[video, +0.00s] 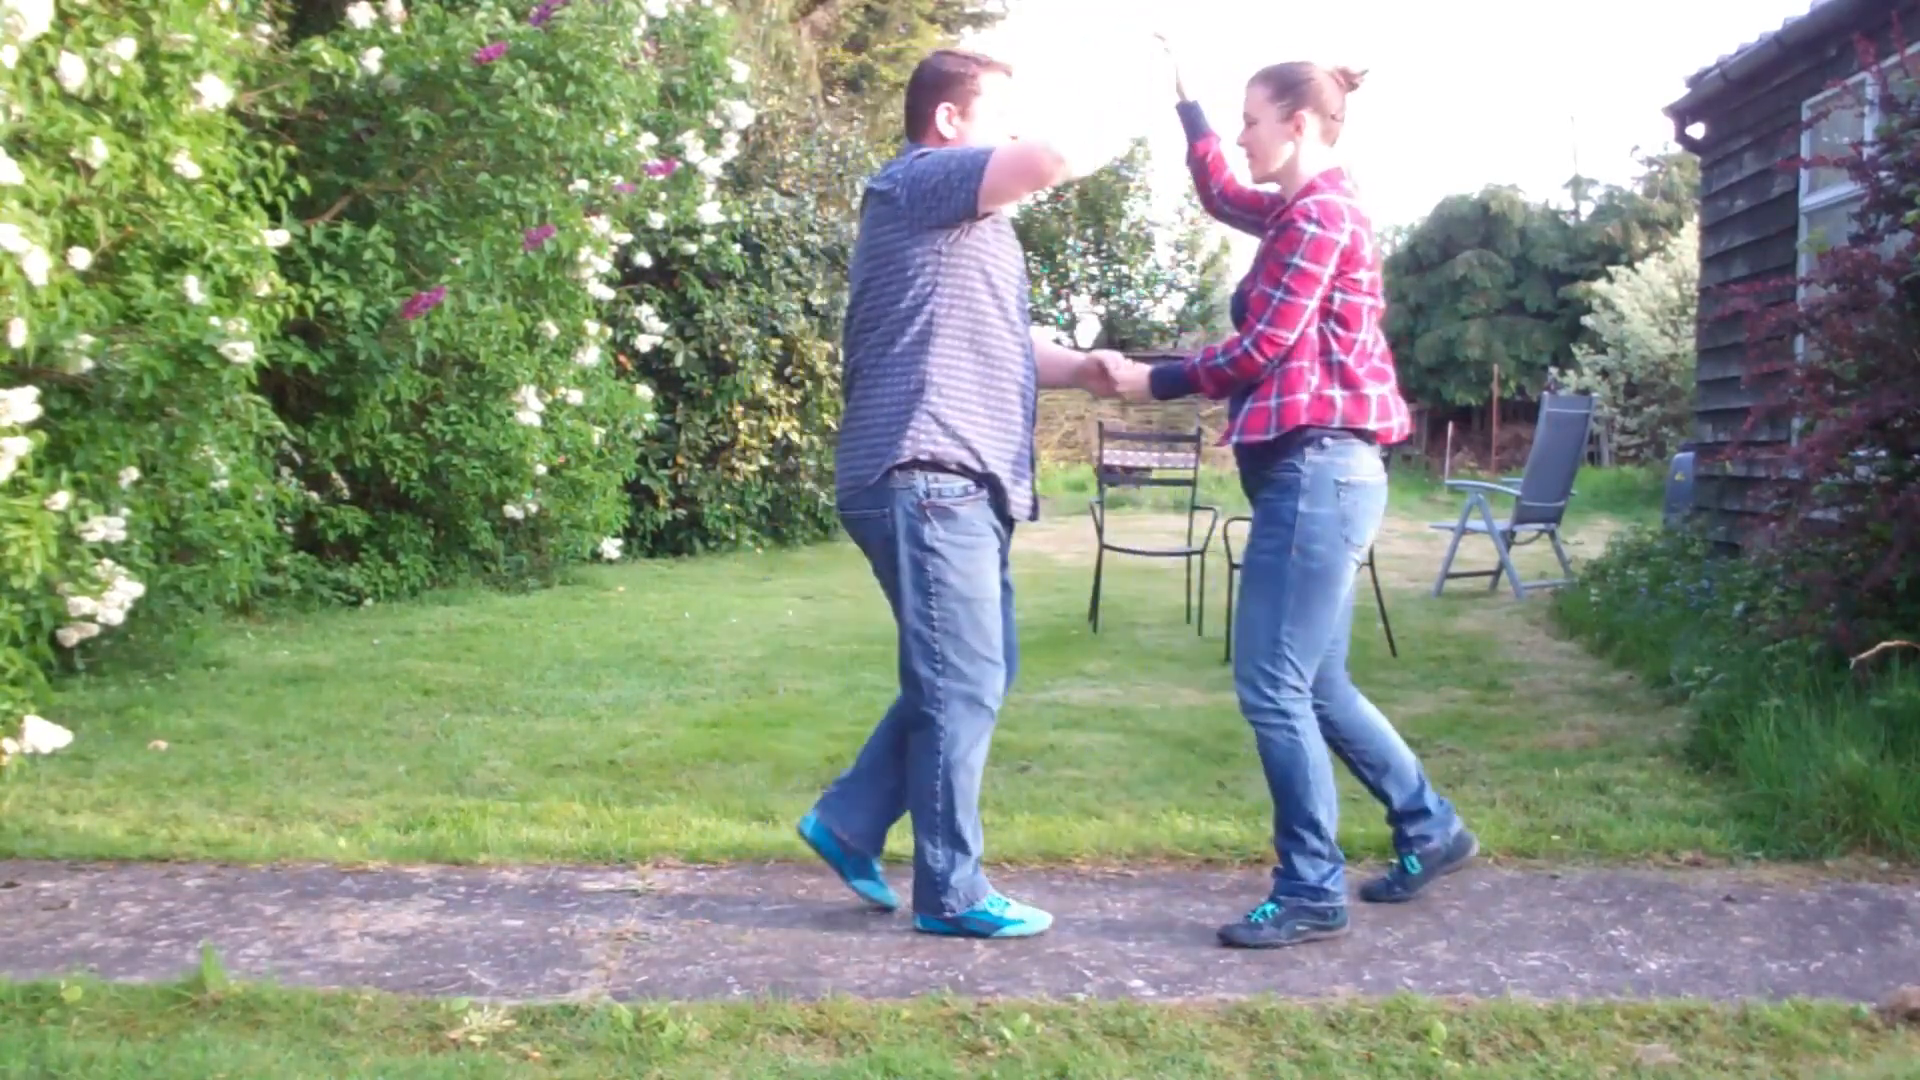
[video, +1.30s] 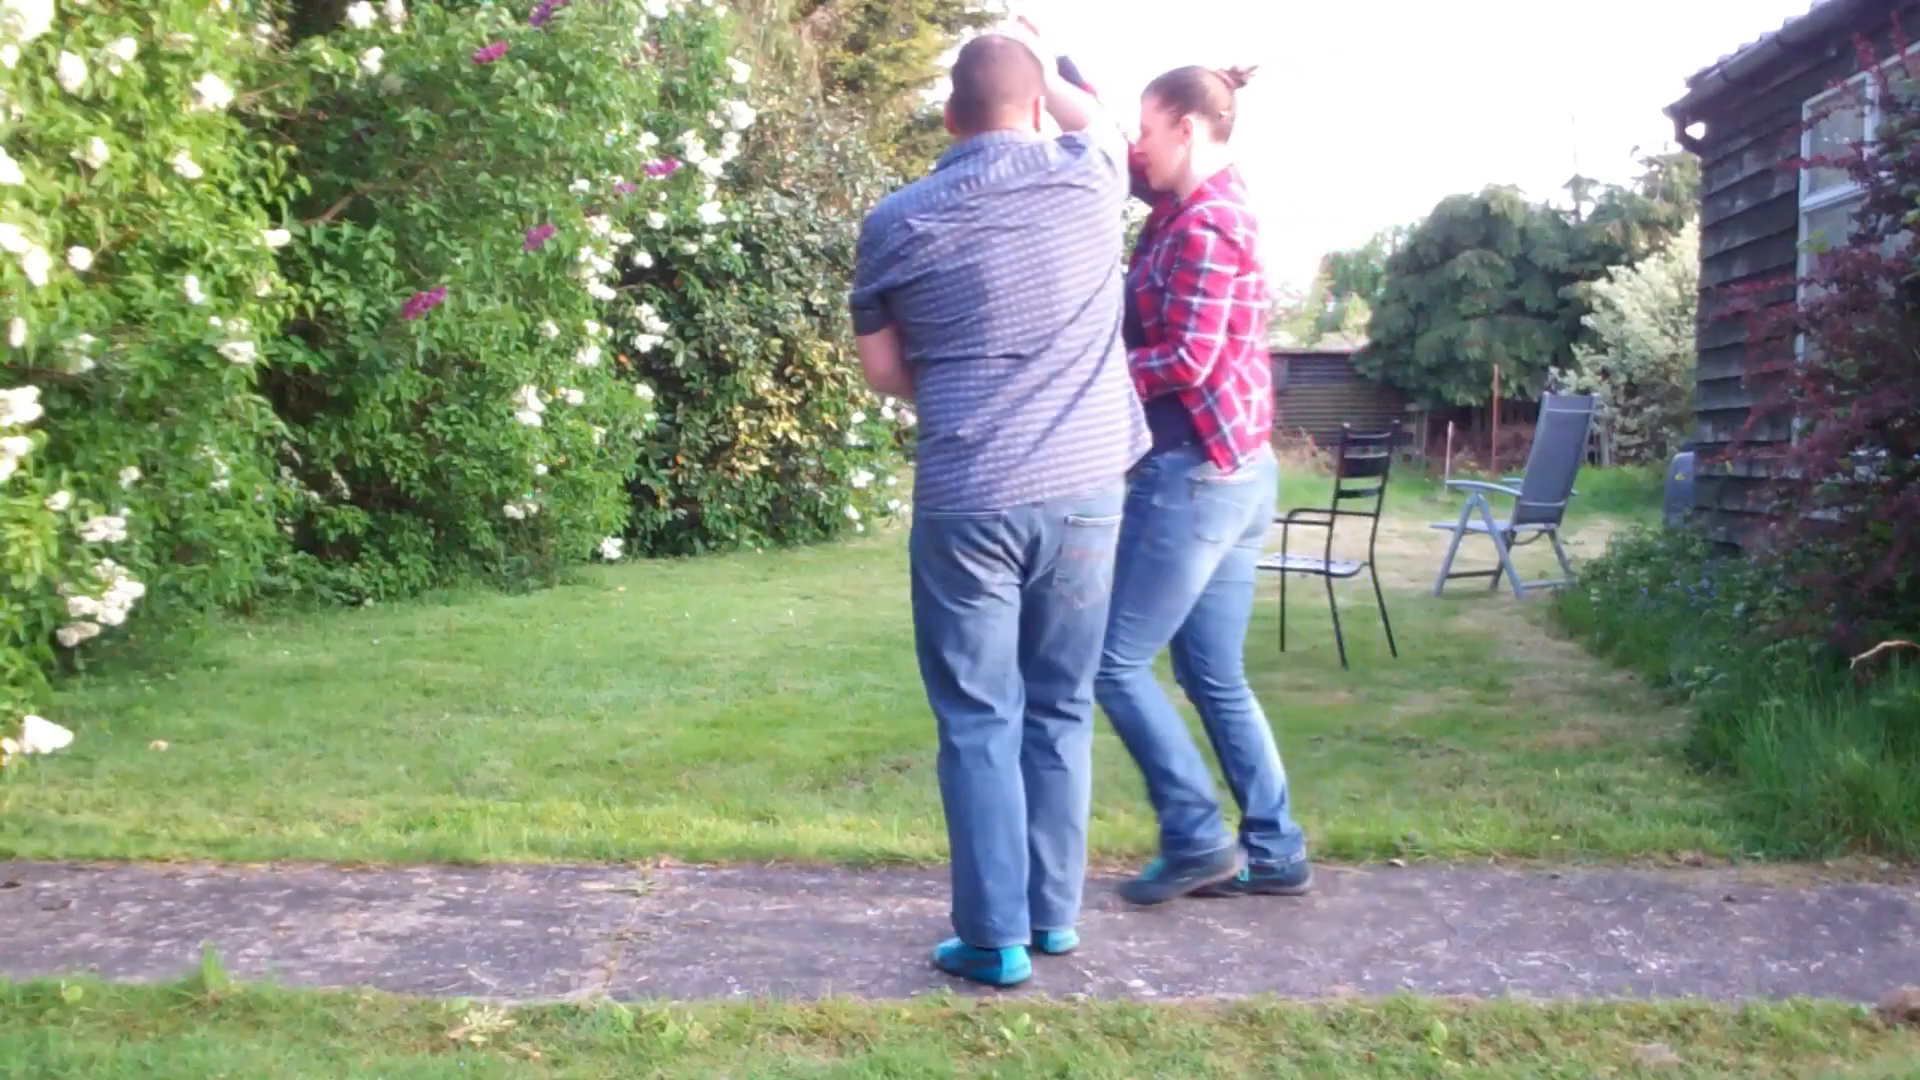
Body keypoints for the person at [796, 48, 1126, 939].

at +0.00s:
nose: (1014, 125)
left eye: (1012, 110)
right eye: (999, 108)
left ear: (956, 120)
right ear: (948, 117)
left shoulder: (978, 220)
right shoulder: (911, 183)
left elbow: (1003, 350)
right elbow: (1044, 162)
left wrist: (1092, 365)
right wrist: (1111, 120)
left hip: (971, 478)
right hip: (921, 471)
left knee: (979, 673)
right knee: (958, 680)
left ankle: (847, 822)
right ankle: (951, 889)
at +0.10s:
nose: (1039, 118)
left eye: (1035, 102)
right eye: (1022, 103)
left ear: (976, 119)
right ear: (969, 118)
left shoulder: (1003, 227)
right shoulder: (926, 187)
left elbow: (1012, 361)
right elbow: (1056, 137)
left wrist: (1097, 389)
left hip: (1003, 489)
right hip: (945, 477)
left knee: (1045, 662)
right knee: (977, 688)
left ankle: (916, 810)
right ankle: (952, 889)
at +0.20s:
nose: (1054, 119)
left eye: (1053, 108)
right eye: (1037, 107)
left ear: (994, 123)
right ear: (982, 120)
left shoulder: (1025, 227)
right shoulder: (944, 187)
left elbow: (1026, 374)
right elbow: (1060, 122)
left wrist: (1115, 416)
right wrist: (1055, 106)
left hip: (1035, 500)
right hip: (966, 487)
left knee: (1081, 664)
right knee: (995, 690)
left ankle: (1022, 846)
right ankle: (953, 888)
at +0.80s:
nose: (1010, 119)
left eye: (1032, 104)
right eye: (1005, 102)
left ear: (1089, 113)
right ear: (997, 106)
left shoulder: (1137, 229)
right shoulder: (980, 179)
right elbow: (914, 92)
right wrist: (996, 21)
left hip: (1079, 504)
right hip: (974, 505)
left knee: (1093, 695)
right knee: (994, 700)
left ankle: (1142, 834)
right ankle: (1061, 873)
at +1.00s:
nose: (969, 124)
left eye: (976, 106)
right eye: (974, 106)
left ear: (1006, 106)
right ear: (1056, 108)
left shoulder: (1016, 198)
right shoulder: (1085, 191)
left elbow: (950, 350)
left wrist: (902, 340)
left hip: (1027, 483)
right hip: (1074, 477)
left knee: (966, 677)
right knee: (1013, 679)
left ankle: (1064, 880)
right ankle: (1066, 873)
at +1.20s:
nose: (960, 117)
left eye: (960, 105)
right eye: (1053, 103)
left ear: (963, 111)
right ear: (1056, 107)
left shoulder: (923, 207)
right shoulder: (1102, 183)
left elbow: (879, 349)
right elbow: (1066, 298)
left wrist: (974, 365)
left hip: (988, 494)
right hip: (1095, 489)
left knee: (971, 706)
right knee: (1049, 697)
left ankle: (990, 933)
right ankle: (1054, 907)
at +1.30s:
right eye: (1045, 94)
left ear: (947, 116)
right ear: (1038, 110)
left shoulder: (897, 221)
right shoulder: (1085, 174)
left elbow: (885, 370)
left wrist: (973, 373)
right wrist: (1037, 66)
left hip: (971, 493)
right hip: (1088, 485)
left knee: (977, 717)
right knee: (1060, 705)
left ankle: (994, 941)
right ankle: (1052, 914)